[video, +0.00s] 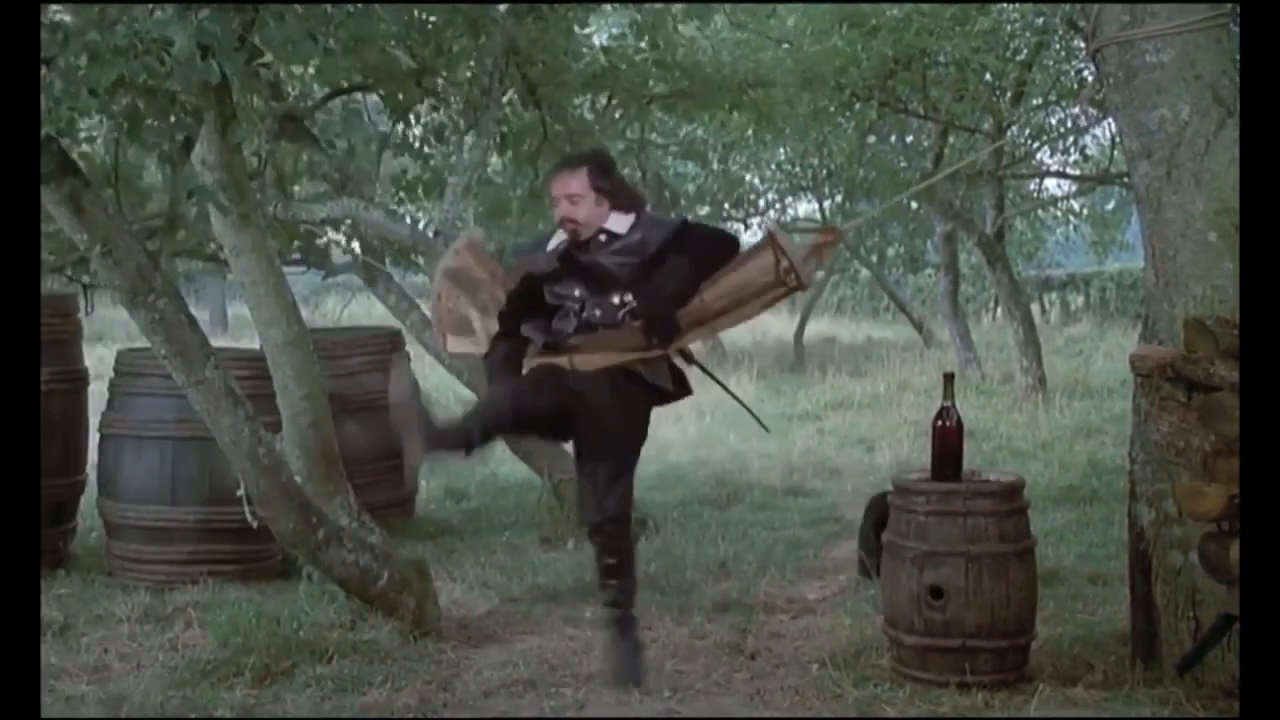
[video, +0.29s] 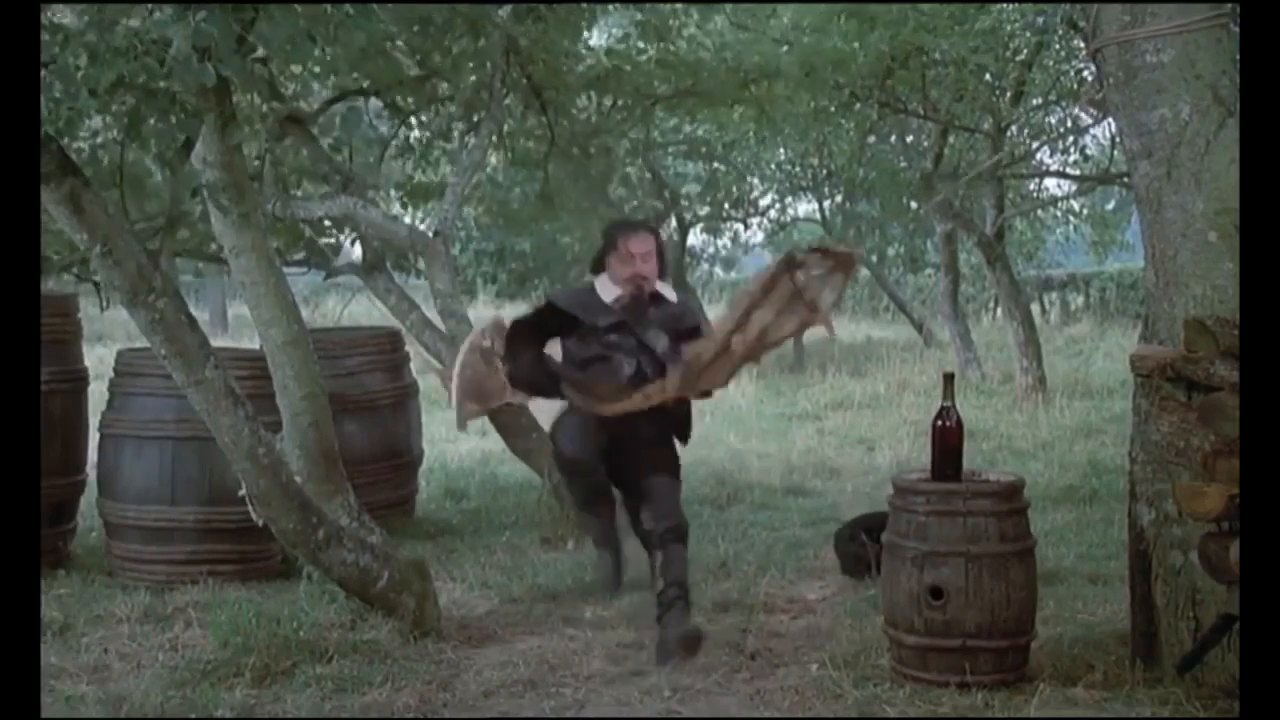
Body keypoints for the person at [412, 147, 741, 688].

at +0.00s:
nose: (562, 212)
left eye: (572, 201)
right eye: (556, 202)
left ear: (605, 198)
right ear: (554, 205)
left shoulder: (653, 235)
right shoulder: (548, 266)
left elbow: (724, 244)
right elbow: (508, 331)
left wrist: (667, 290)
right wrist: (502, 396)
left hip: (618, 388)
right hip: (556, 386)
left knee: (607, 516)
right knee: (512, 398)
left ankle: (622, 629)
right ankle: (450, 435)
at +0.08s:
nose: (580, 221)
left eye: (591, 210)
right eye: (574, 211)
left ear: (621, 212)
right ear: (568, 216)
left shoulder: (658, 253)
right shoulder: (556, 272)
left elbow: (725, 263)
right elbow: (527, 328)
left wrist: (675, 303)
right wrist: (494, 377)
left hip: (622, 401)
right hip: (563, 399)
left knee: (627, 524)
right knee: (510, 353)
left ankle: (653, 634)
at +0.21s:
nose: (620, 240)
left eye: (630, 231)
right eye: (610, 231)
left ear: (648, 237)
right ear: (593, 237)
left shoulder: (671, 283)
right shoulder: (568, 283)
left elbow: (712, 316)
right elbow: (513, 329)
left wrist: (695, 337)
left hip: (637, 414)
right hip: (575, 411)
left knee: (643, 527)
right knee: (524, 344)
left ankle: (652, 636)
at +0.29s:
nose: (641, 268)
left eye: (648, 259)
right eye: (630, 259)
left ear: (658, 262)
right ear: (607, 261)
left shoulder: (675, 308)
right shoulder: (577, 304)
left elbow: (704, 357)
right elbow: (520, 339)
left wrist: (685, 375)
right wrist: (553, 382)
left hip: (649, 422)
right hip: (590, 417)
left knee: (667, 521)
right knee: (572, 453)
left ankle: (674, 622)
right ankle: (606, 539)